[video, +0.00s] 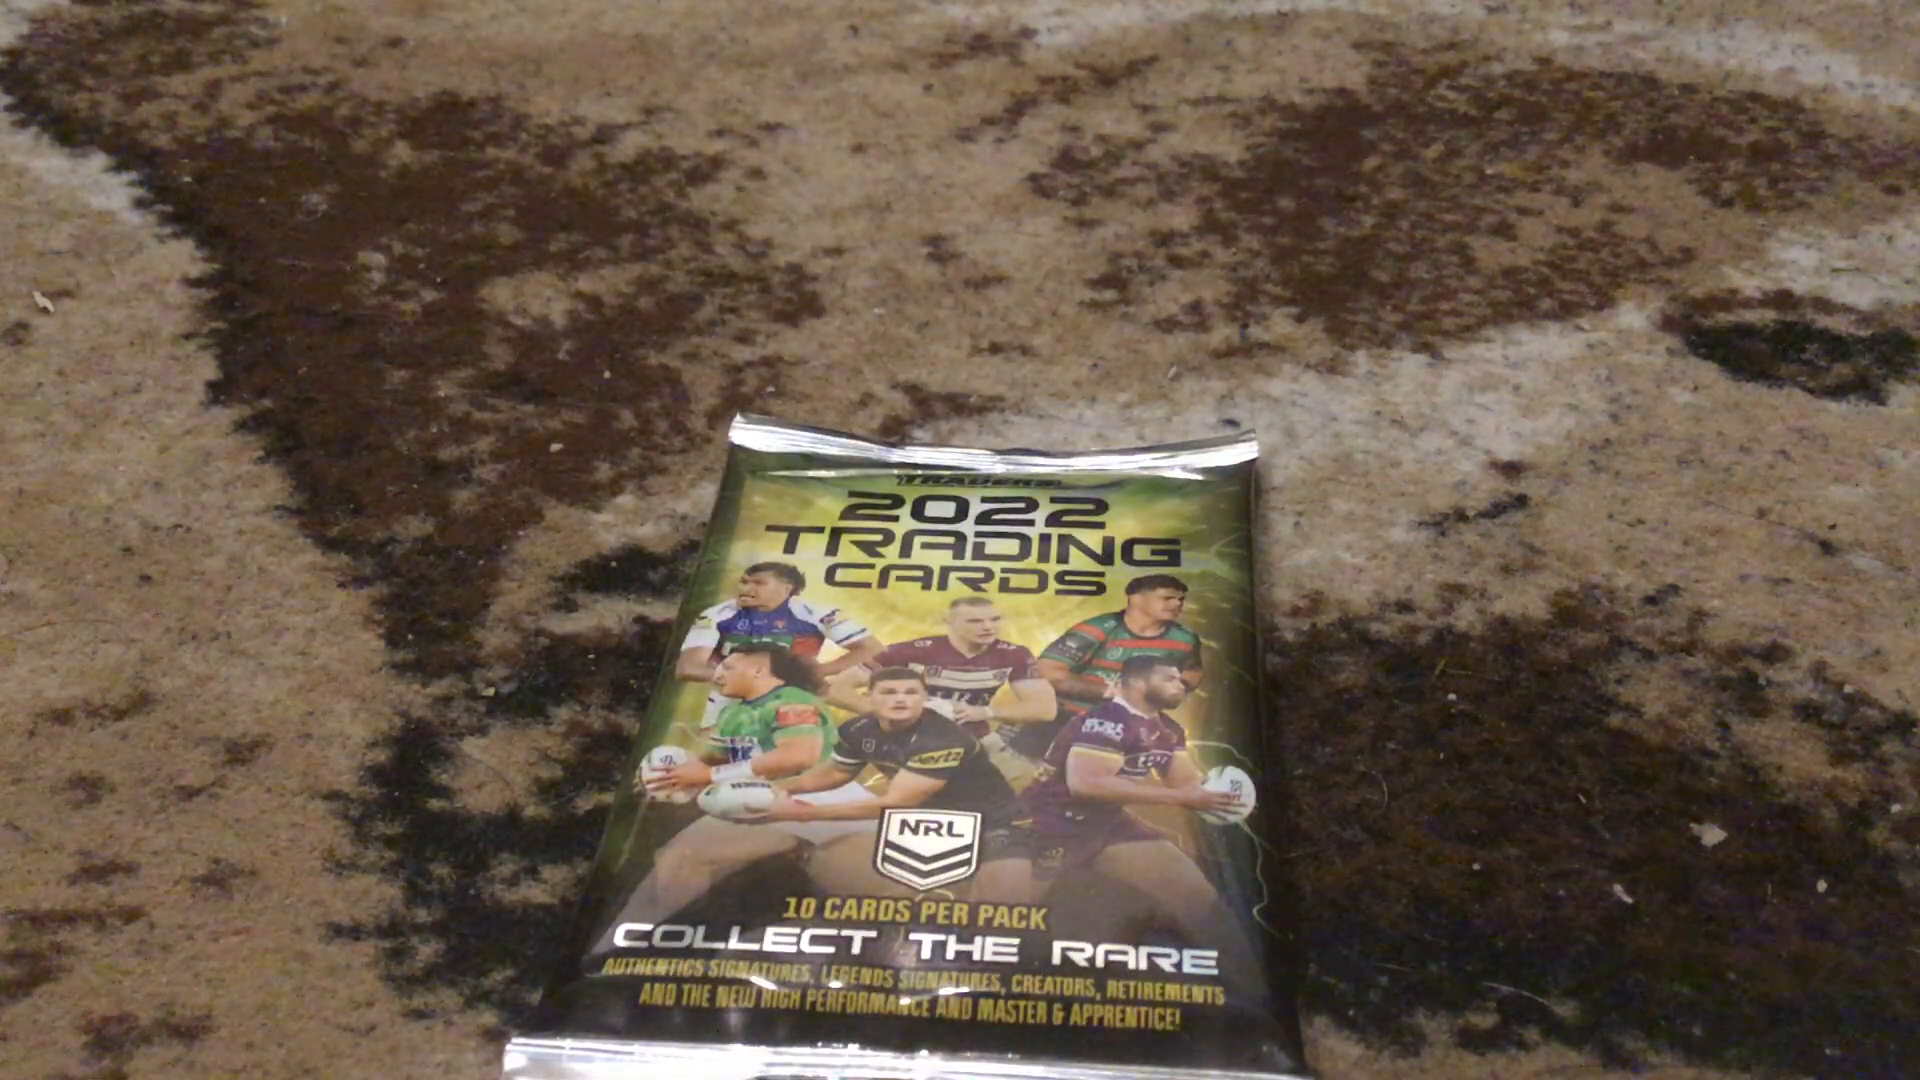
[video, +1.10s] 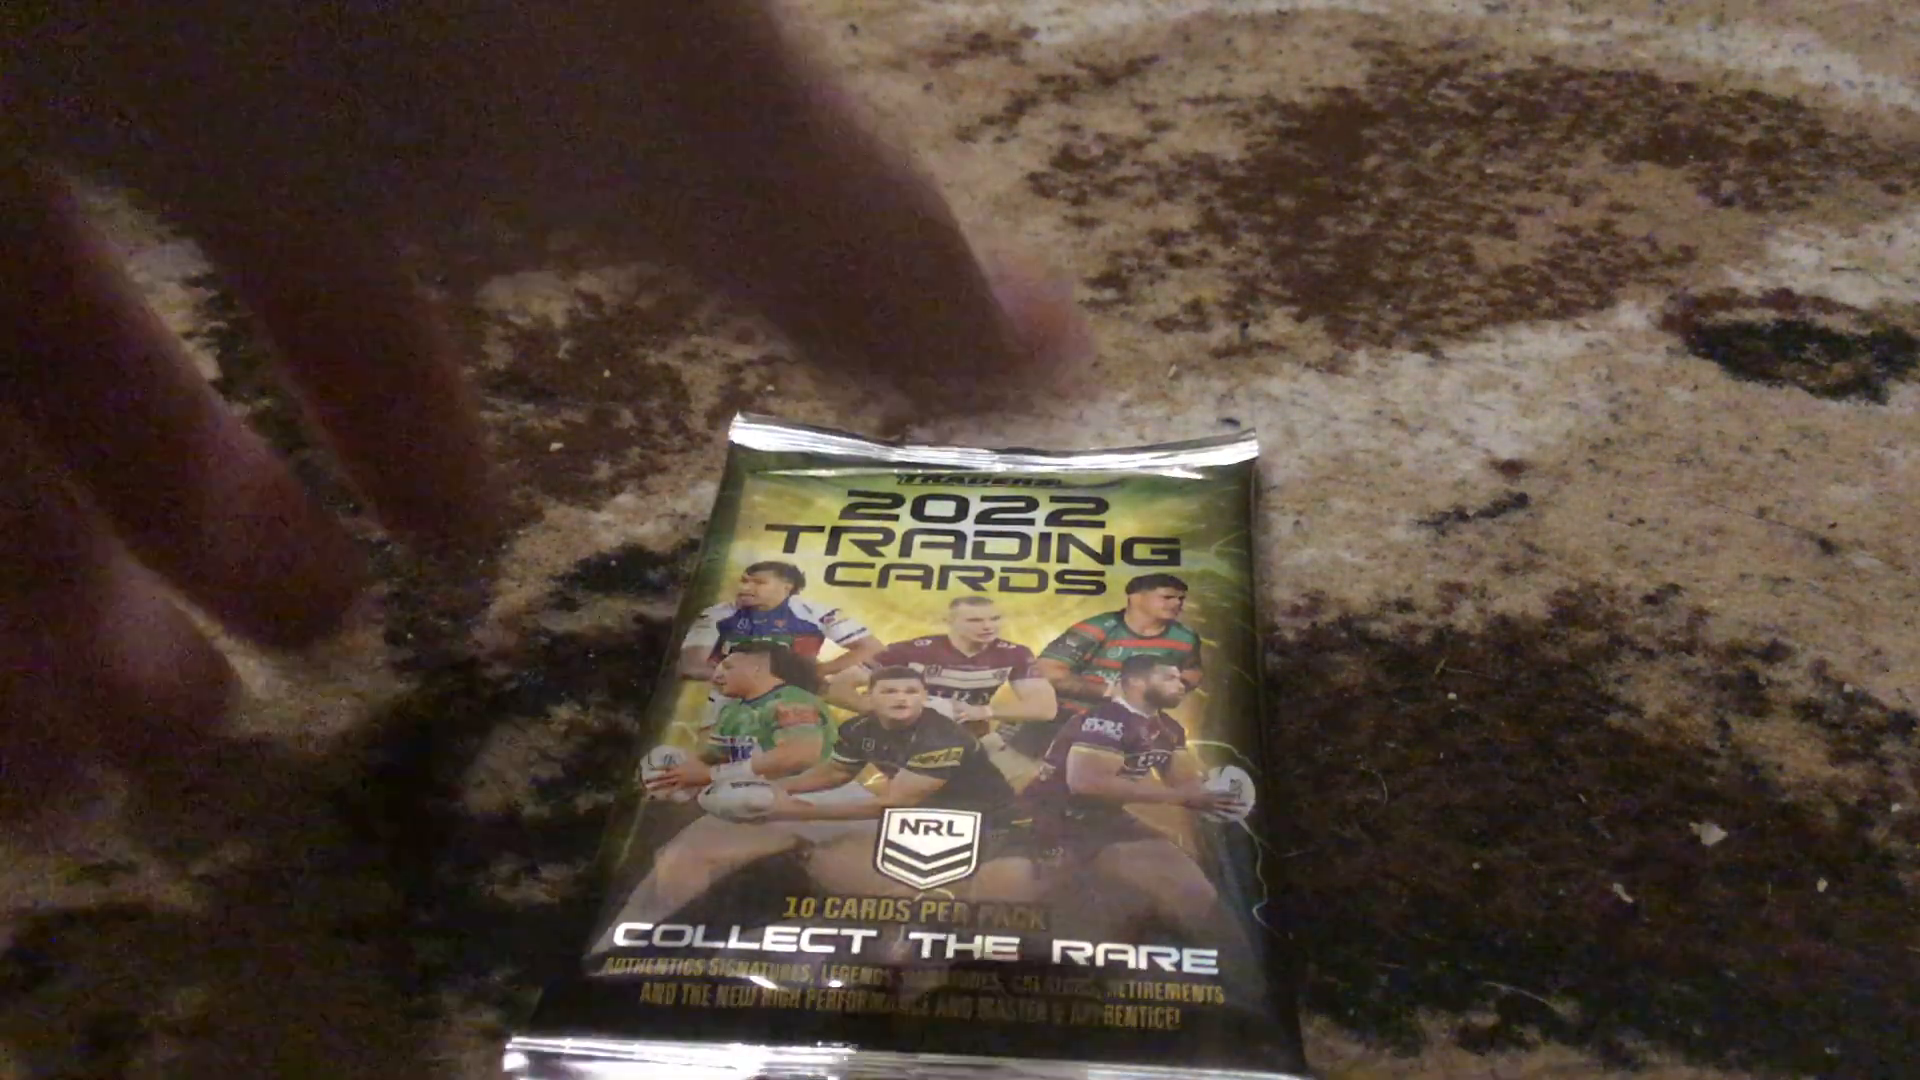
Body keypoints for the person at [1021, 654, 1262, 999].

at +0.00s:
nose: (1179, 683)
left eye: (1178, 678)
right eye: (1169, 678)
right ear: (1134, 681)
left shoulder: (1168, 732)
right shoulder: (1105, 720)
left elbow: (1187, 783)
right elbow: (1084, 781)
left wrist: (1224, 798)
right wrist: (1181, 796)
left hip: (1105, 826)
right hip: (1042, 827)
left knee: (1197, 898)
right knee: (1002, 927)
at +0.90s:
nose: (1180, 683)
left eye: (1178, 678)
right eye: (1169, 677)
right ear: (1134, 681)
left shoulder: (1168, 732)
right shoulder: (1106, 719)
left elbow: (1188, 784)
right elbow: (1085, 781)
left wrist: (1225, 798)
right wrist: (1180, 796)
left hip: (1106, 825)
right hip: (1047, 825)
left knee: (1196, 897)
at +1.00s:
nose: (1180, 683)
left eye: (1178, 677)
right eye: (1169, 677)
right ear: (1134, 681)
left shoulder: (1170, 731)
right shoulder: (1107, 719)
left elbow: (1188, 784)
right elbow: (1084, 780)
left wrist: (1220, 798)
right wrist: (1182, 796)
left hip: (1109, 822)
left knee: (1195, 896)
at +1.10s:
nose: (1181, 683)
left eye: (1178, 677)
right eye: (1169, 677)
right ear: (1134, 682)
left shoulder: (1169, 731)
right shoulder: (1107, 718)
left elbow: (1186, 783)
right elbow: (1084, 780)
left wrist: (1221, 797)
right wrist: (1182, 796)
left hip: (1106, 820)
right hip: (1058, 819)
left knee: (1194, 895)